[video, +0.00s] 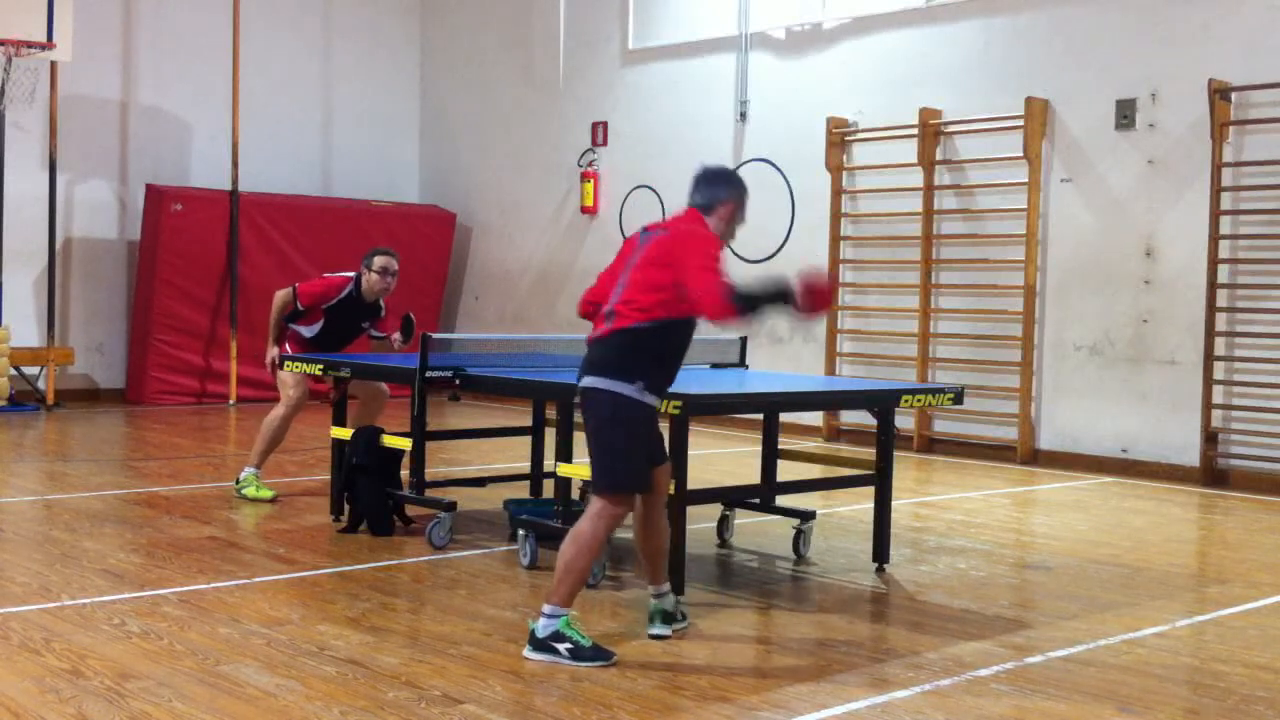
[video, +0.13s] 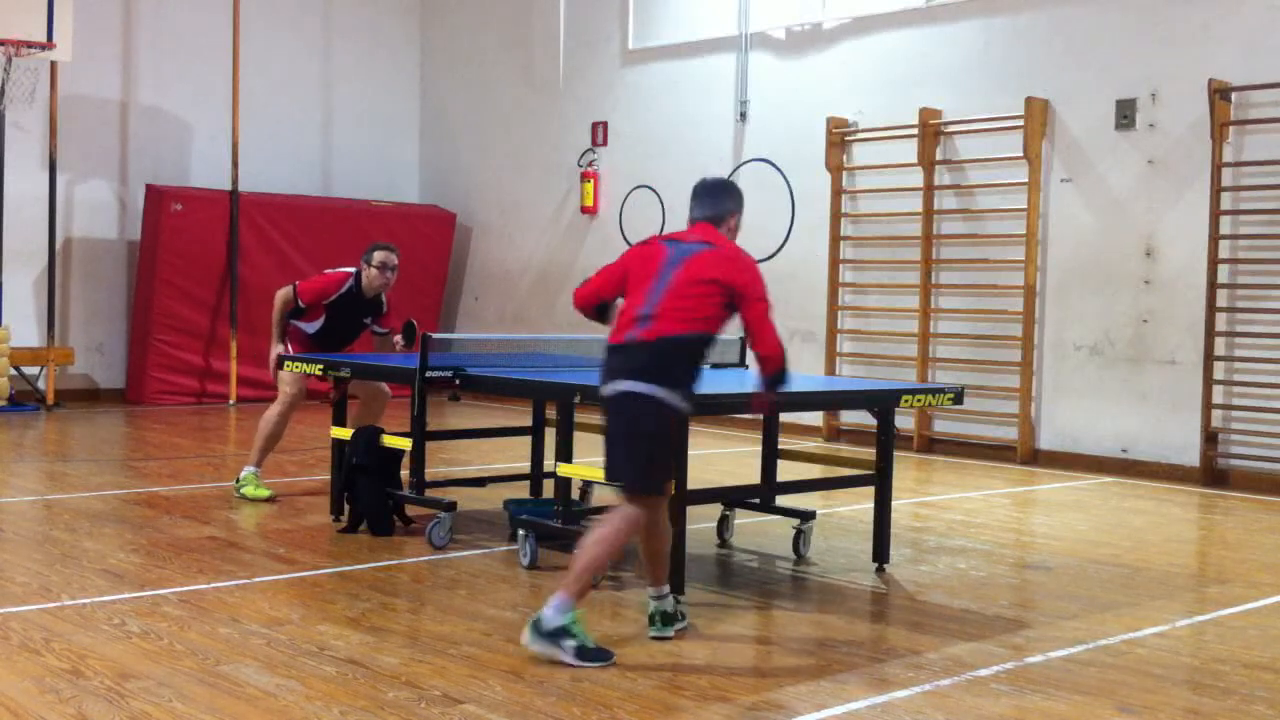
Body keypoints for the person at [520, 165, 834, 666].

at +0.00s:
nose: (735, 230)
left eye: (737, 221)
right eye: (737, 219)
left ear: (696, 202)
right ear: (724, 208)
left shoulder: (648, 235)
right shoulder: (696, 237)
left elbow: (590, 305)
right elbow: (716, 306)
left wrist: (654, 323)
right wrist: (784, 292)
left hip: (611, 387)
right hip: (620, 391)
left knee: (655, 480)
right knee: (612, 502)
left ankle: (663, 605)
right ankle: (549, 623)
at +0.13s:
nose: (740, 230)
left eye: (738, 223)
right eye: (741, 223)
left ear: (691, 215)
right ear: (732, 219)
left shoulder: (650, 247)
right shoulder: (735, 262)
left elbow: (586, 297)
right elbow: (768, 348)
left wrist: (629, 320)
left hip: (619, 379)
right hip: (660, 384)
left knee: (656, 496)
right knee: (637, 506)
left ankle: (662, 606)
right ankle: (553, 616)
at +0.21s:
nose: (730, 226)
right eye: (735, 220)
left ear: (688, 217)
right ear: (735, 220)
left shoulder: (657, 250)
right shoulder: (748, 266)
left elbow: (604, 286)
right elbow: (785, 334)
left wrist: (581, 299)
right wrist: (811, 388)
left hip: (638, 389)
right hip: (691, 392)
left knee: (652, 496)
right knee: (684, 508)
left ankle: (660, 604)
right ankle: (610, 586)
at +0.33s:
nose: (706, 213)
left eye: (707, 206)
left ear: (707, 210)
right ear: (751, 217)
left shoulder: (676, 252)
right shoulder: (769, 266)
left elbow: (615, 296)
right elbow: (817, 333)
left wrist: (557, 320)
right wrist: (855, 395)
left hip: (672, 396)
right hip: (732, 397)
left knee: (667, 495)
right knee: (760, 495)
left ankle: (661, 605)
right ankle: (758, 564)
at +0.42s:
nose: (725, 211)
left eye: (725, 204)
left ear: (725, 209)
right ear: (769, 216)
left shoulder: (693, 253)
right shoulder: (786, 267)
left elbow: (642, 302)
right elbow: (828, 334)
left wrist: (587, 347)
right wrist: (866, 391)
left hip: (694, 399)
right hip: (758, 399)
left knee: (678, 494)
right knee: (810, 490)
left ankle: (663, 606)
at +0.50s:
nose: (741, 212)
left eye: (743, 205)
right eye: (748, 205)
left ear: (746, 211)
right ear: (788, 217)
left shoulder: (713, 257)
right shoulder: (806, 268)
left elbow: (676, 321)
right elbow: (848, 336)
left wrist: (640, 371)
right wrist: (882, 388)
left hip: (725, 404)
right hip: (788, 400)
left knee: (692, 494)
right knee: (843, 492)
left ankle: (664, 603)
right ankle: (906, 601)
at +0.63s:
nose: (767, 220)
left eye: (770, 213)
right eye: (771, 212)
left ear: (775, 218)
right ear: (816, 222)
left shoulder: (757, 268)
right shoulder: (846, 273)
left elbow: (742, 344)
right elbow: (898, 343)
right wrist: (908, 386)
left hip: (775, 416)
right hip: (844, 414)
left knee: (723, 499)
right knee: (886, 500)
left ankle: (669, 601)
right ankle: (929, 613)